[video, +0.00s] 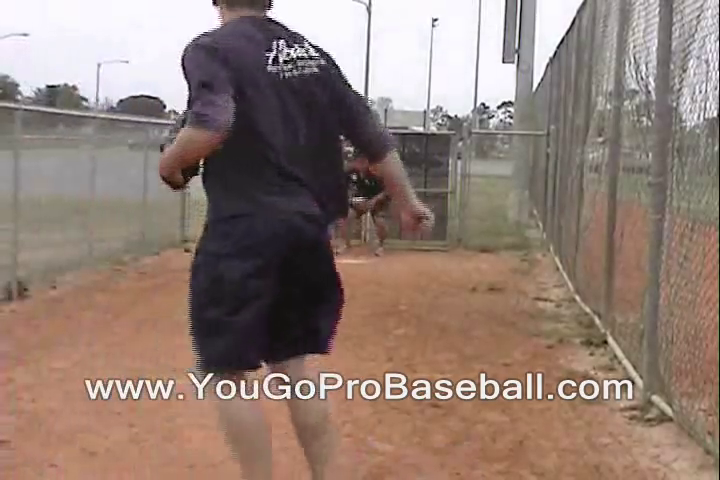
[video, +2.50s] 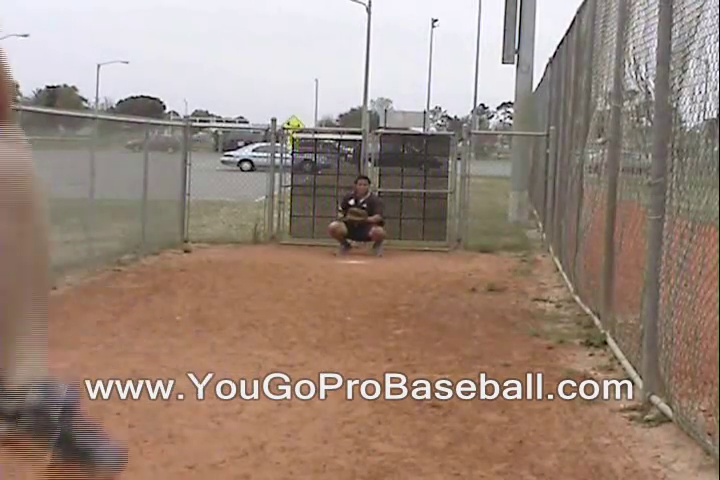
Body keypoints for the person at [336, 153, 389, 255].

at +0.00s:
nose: (362, 166)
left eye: (364, 162)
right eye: (359, 162)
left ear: (369, 163)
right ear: (355, 164)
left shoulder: (378, 179)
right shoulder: (353, 178)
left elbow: (386, 192)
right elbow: (347, 195)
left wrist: (373, 202)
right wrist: (355, 203)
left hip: (375, 204)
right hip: (359, 203)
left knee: (380, 221)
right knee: (345, 218)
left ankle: (380, 244)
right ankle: (346, 243)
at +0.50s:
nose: (364, 141)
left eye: (368, 139)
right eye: (363, 138)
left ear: (374, 141)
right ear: (360, 140)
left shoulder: (380, 155)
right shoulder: (356, 155)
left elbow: (387, 173)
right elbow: (354, 173)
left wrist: (369, 180)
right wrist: (353, 179)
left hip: (377, 194)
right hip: (360, 192)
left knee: (379, 222)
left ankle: (380, 247)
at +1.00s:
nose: (362, 190)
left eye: (365, 187)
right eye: (360, 187)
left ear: (368, 189)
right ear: (355, 188)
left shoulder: (376, 201)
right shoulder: (348, 200)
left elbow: (381, 218)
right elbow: (340, 215)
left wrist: (363, 219)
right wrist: (348, 218)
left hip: (369, 228)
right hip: (352, 227)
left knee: (382, 229)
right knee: (336, 227)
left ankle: (377, 245)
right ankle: (346, 245)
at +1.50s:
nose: (362, 188)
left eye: (365, 185)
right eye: (360, 185)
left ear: (369, 187)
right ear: (355, 187)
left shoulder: (376, 200)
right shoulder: (348, 199)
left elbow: (380, 217)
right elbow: (339, 214)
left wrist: (365, 219)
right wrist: (347, 217)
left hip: (367, 227)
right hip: (351, 227)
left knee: (381, 229)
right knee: (335, 227)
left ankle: (376, 246)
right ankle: (345, 244)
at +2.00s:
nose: (362, 187)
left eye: (365, 184)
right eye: (360, 184)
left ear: (369, 186)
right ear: (355, 186)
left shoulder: (375, 200)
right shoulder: (348, 198)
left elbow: (380, 217)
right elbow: (338, 213)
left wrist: (366, 219)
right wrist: (347, 218)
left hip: (367, 227)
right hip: (351, 226)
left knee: (380, 230)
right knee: (334, 227)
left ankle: (376, 245)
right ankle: (345, 244)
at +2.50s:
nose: (362, 187)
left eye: (365, 185)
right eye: (360, 185)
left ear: (368, 187)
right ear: (355, 186)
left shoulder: (374, 200)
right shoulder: (348, 198)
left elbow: (378, 217)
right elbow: (340, 214)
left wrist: (363, 219)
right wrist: (348, 218)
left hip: (366, 227)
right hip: (350, 226)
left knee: (379, 231)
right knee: (333, 228)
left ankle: (377, 245)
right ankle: (345, 245)